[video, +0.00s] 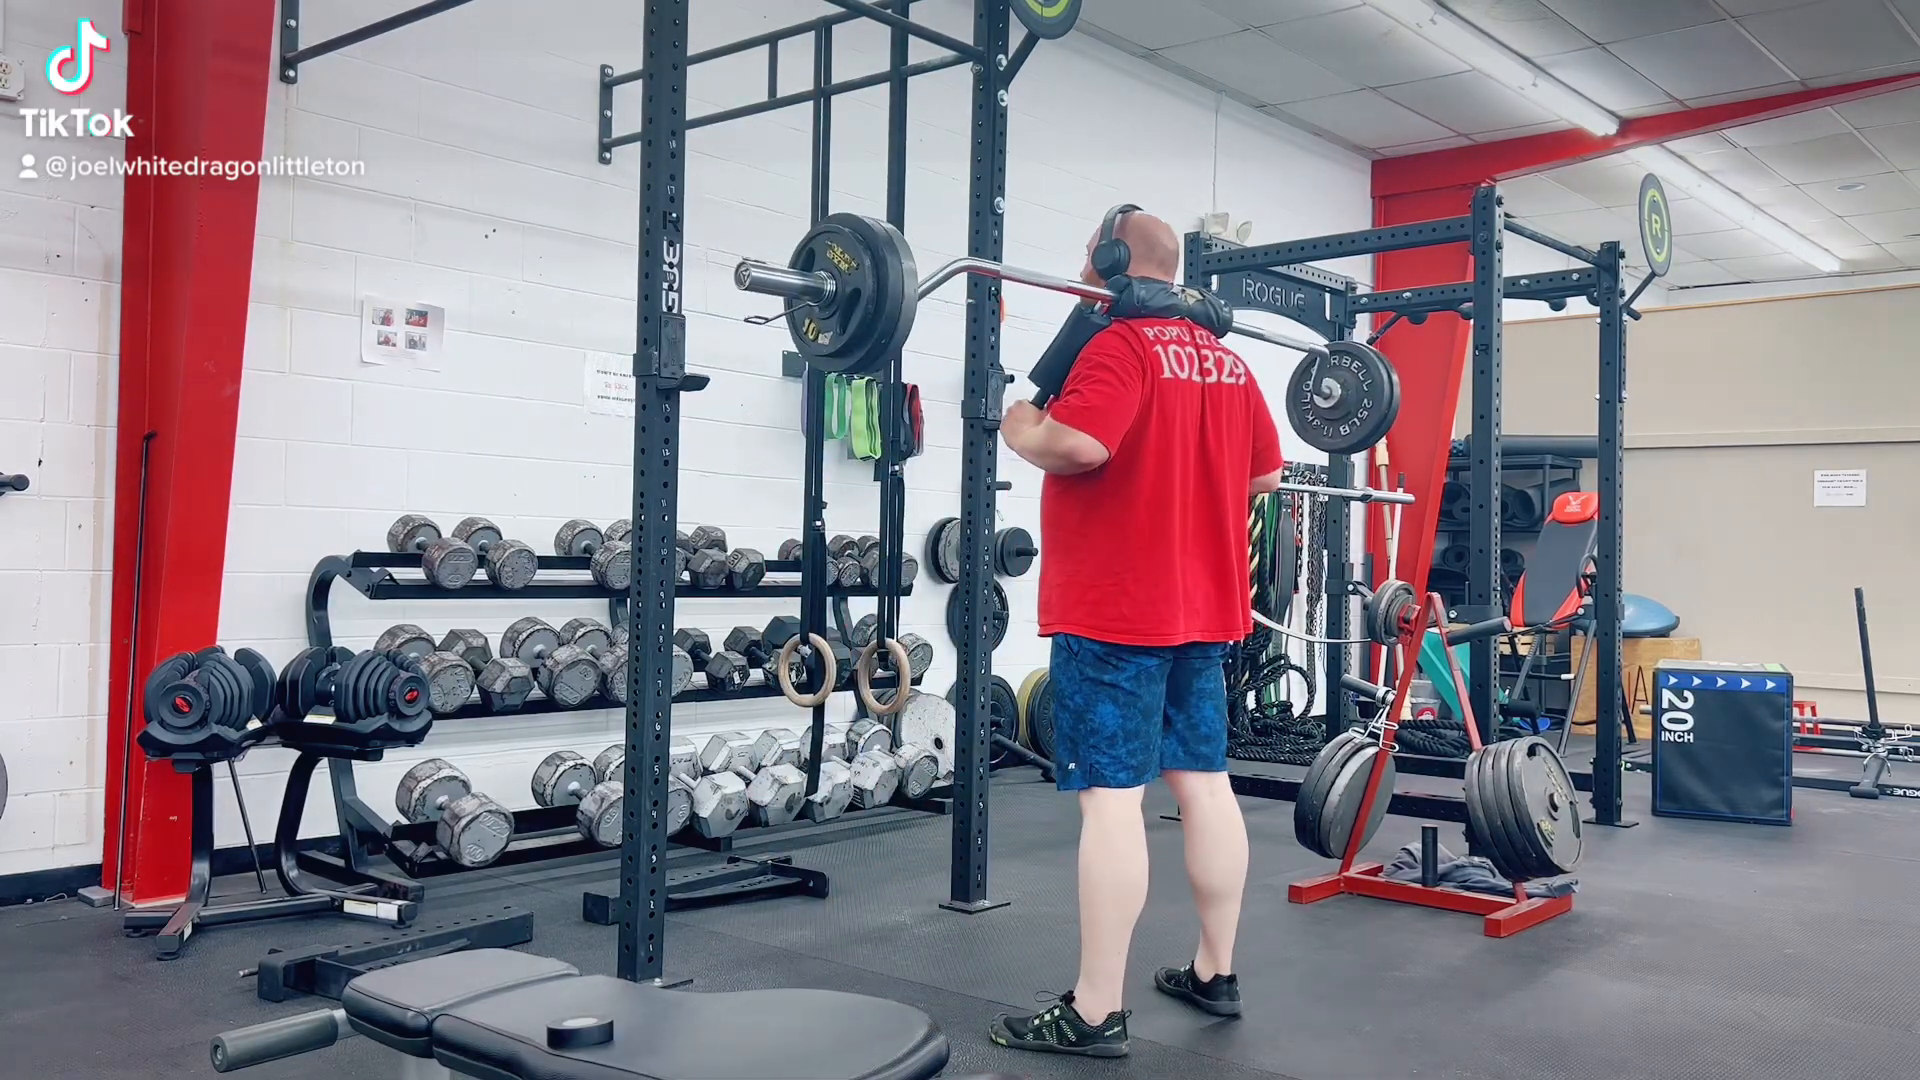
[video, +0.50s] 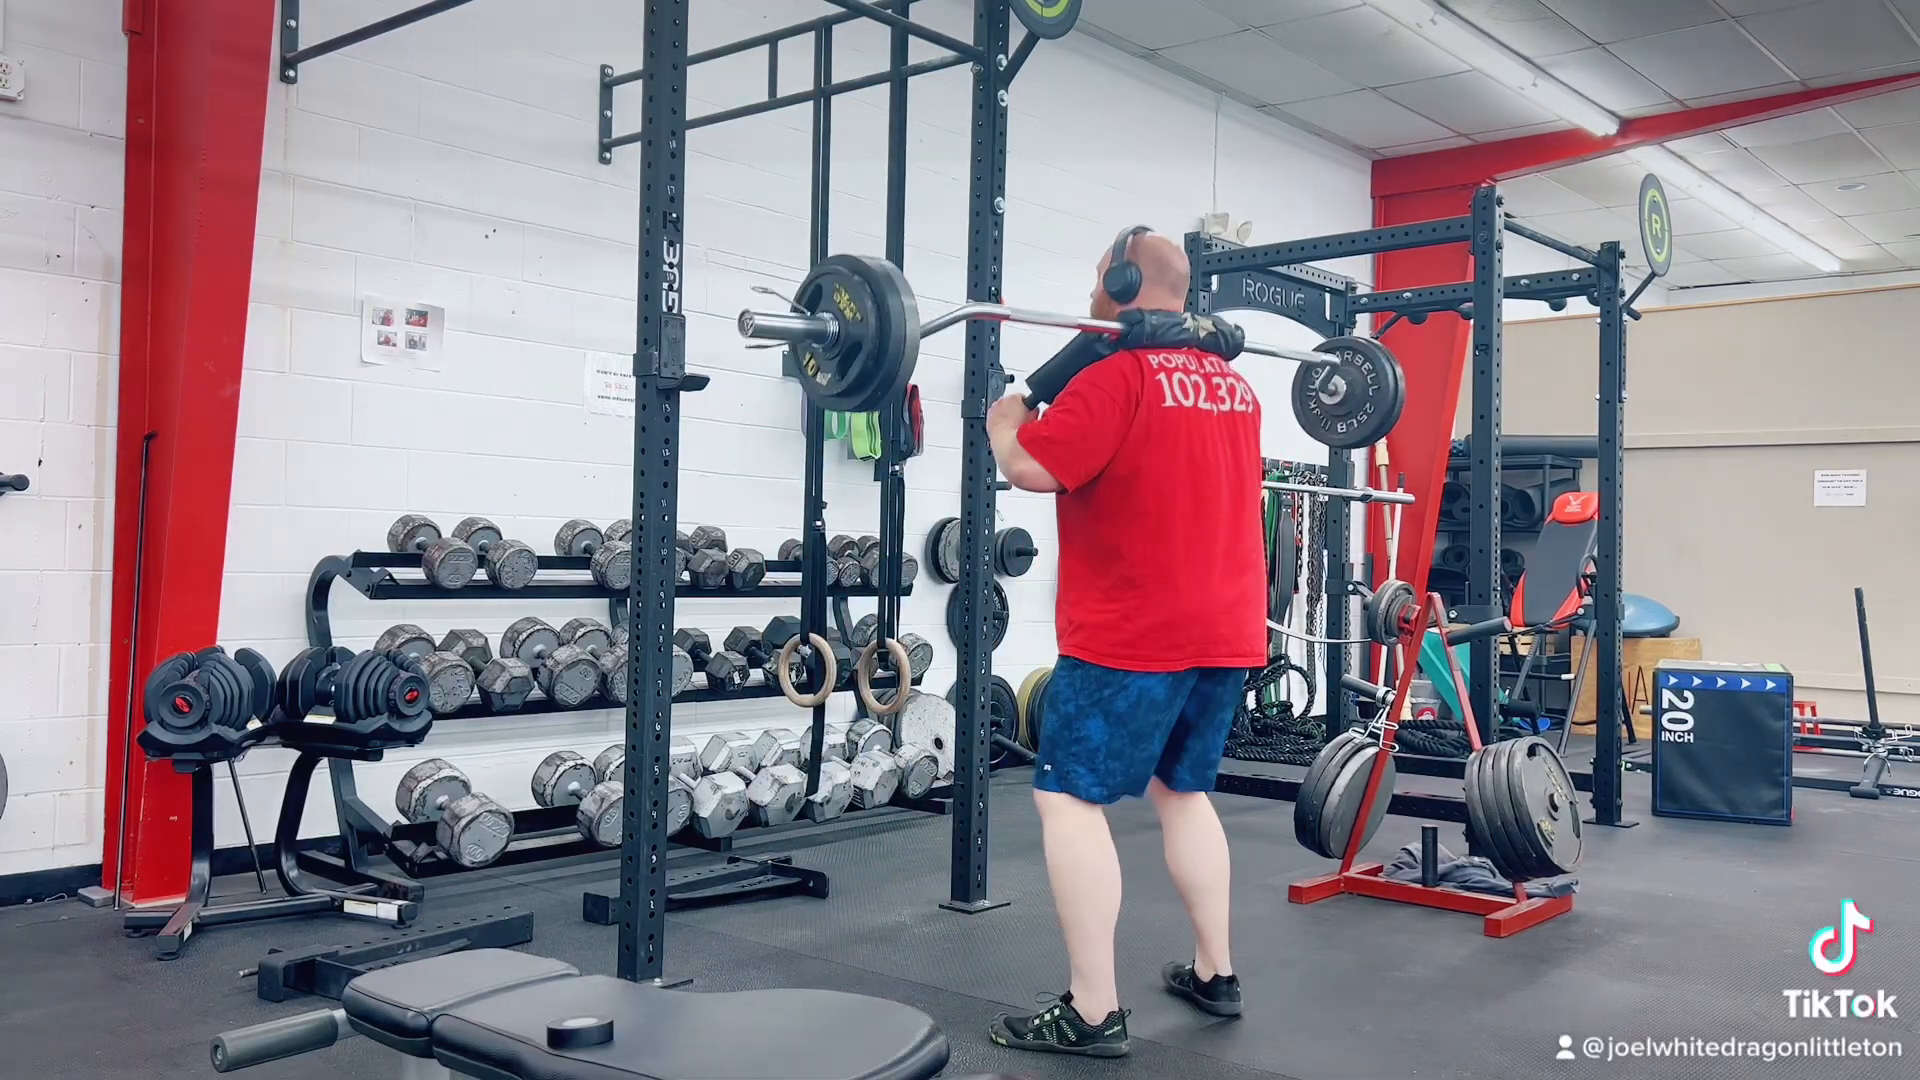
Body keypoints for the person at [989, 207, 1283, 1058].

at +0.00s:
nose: (1086, 286)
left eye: (1088, 274)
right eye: (1089, 274)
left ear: (1104, 277)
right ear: (1175, 275)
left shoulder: (1119, 343)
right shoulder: (1228, 360)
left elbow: (1084, 444)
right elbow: (1265, 471)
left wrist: (1025, 427)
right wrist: (1180, 478)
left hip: (1117, 608)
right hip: (1207, 609)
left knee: (1111, 796)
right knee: (1204, 780)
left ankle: (1095, 1009)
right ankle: (1217, 974)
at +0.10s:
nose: (1091, 282)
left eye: (1094, 270)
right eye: (1095, 270)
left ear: (1113, 274)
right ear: (1181, 277)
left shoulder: (1123, 345)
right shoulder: (1232, 361)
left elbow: (1079, 446)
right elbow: (1264, 472)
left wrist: (1024, 423)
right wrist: (1190, 496)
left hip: (1117, 610)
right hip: (1205, 611)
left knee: (1112, 798)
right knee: (1206, 782)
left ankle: (1095, 1009)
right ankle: (1217, 974)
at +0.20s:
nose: (1095, 280)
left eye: (1100, 267)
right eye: (1101, 266)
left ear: (1120, 274)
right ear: (1187, 279)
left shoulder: (1124, 347)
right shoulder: (1236, 361)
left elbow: (1065, 447)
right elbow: (1259, 476)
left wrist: (1018, 415)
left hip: (1123, 610)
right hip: (1211, 610)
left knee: (1115, 798)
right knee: (1210, 783)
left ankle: (1095, 1008)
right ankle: (1217, 975)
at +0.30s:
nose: (1098, 276)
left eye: (1104, 263)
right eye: (1104, 261)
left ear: (1126, 272)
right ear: (1188, 277)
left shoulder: (1127, 350)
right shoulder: (1239, 363)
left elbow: (1060, 450)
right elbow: (1258, 479)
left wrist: (1018, 412)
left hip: (1124, 611)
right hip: (1216, 612)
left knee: (1117, 799)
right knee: (1212, 784)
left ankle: (1095, 1008)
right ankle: (1217, 975)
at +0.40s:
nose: (1096, 281)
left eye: (1102, 268)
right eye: (1102, 267)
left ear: (1123, 276)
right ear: (1188, 280)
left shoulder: (1126, 352)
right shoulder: (1239, 364)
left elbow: (1054, 452)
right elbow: (1256, 480)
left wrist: (1017, 413)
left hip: (1127, 615)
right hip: (1220, 615)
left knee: (1100, 794)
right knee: (1194, 784)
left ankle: (1094, 1008)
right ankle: (1215, 972)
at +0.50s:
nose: (1091, 301)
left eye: (1096, 289)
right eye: (1097, 287)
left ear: (1114, 298)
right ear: (1181, 301)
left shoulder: (1118, 372)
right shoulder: (1233, 381)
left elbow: (1030, 467)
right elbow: (1238, 498)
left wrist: (1005, 422)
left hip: (1131, 633)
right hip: (1230, 632)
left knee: (1066, 791)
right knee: (1184, 787)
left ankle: (1093, 1008)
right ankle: (1216, 972)